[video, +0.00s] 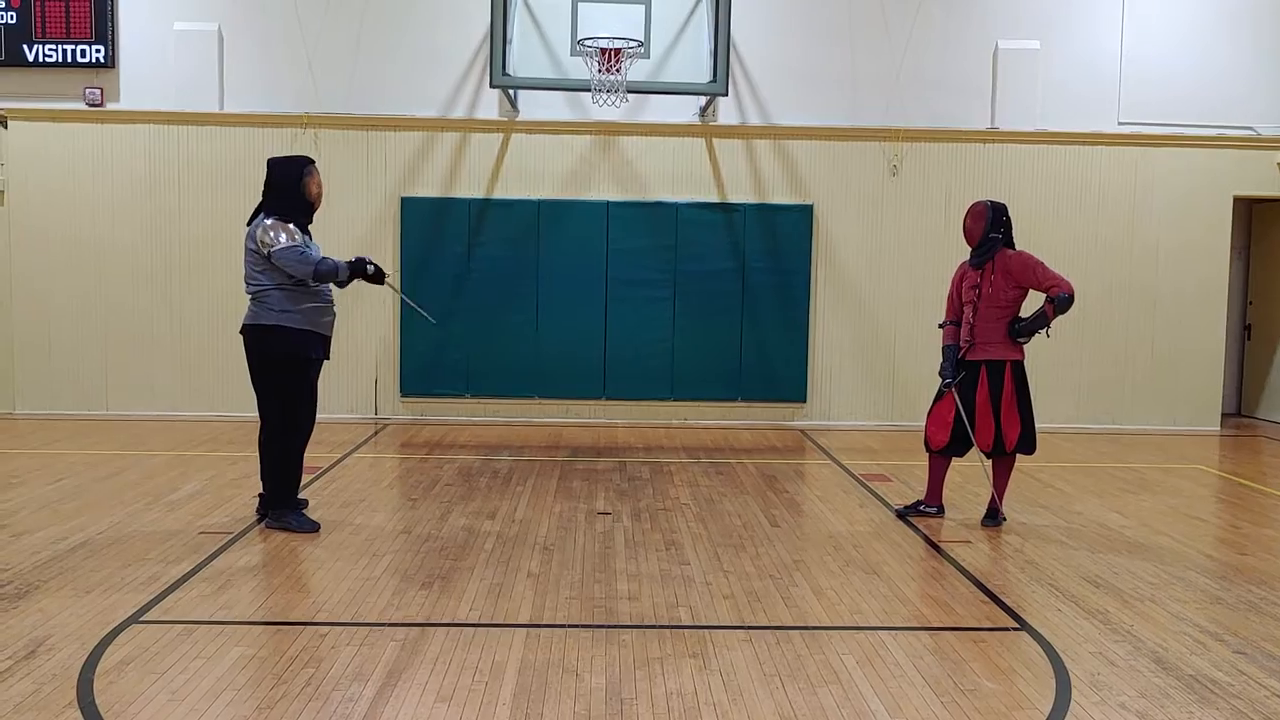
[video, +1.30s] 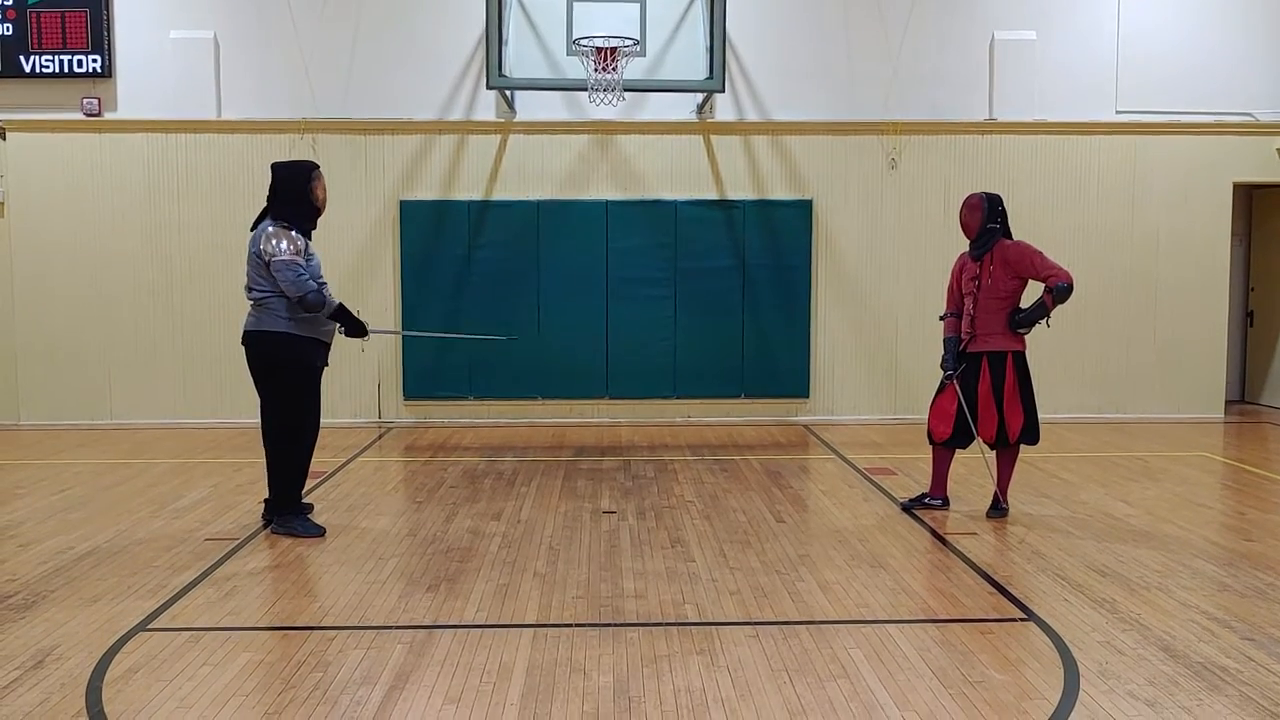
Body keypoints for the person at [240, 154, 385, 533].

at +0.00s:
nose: (320, 189)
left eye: (320, 182)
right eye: (314, 182)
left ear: (297, 186)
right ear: (293, 186)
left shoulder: (291, 229)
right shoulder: (273, 226)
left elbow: (313, 268)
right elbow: (304, 266)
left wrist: (354, 268)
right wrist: (352, 267)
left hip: (297, 338)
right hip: (277, 336)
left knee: (295, 419)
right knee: (286, 420)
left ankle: (278, 499)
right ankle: (279, 507)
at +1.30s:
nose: (324, 195)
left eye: (324, 187)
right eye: (319, 187)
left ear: (292, 190)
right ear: (301, 190)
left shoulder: (288, 233)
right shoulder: (279, 233)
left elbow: (305, 289)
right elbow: (301, 290)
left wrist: (340, 315)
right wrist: (342, 315)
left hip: (291, 340)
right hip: (280, 341)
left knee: (293, 423)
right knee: (292, 424)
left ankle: (285, 501)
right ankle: (282, 511)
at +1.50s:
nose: (325, 191)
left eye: (324, 182)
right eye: (320, 183)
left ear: (295, 187)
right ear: (301, 186)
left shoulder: (286, 227)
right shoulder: (278, 229)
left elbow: (254, 276)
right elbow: (296, 283)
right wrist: (340, 309)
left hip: (291, 337)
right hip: (277, 337)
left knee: (293, 419)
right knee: (288, 420)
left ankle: (283, 498)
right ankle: (283, 507)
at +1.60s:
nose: (324, 186)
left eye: (322, 178)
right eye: (318, 178)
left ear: (292, 183)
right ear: (300, 182)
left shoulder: (283, 222)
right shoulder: (278, 224)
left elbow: (249, 266)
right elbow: (295, 280)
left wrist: (242, 290)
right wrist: (339, 304)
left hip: (287, 334)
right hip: (277, 334)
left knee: (292, 416)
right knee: (288, 417)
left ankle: (283, 494)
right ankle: (283, 504)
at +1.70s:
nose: (320, 183)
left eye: (319, 175)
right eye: (315, 175)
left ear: (290, 179)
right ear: (297, 178)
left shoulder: (285, 220)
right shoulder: (275, 220)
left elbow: (297, 277)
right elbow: (295, 277)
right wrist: (338, 300)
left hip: (289, 332)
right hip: (276, 332)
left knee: (294, 413)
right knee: (286, 414)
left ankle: (284, 492)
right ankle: (282, 502)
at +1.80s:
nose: (317, 180)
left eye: (316, 172)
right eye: (312, 172)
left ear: (285, 177)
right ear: (294, 176)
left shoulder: (280, 217)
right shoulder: (275, 219)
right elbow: (294, 275)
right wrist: (338, 296)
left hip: (287, 328)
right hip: (276, 328)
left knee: (294, 411)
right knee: (286, 411)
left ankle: (283, 489)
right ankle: (281, 499)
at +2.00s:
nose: (313, 177)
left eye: (311, 169)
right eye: (308, 169)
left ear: (281, 174)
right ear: (291, 173)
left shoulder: (276, 213)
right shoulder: (272, 215)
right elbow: (295, 271)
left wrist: (244, 285)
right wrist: (337, 296)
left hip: (284, 323)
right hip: (277, 324)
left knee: (286, 407)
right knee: (287, 407)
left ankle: (280, 487)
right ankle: (283, 494)